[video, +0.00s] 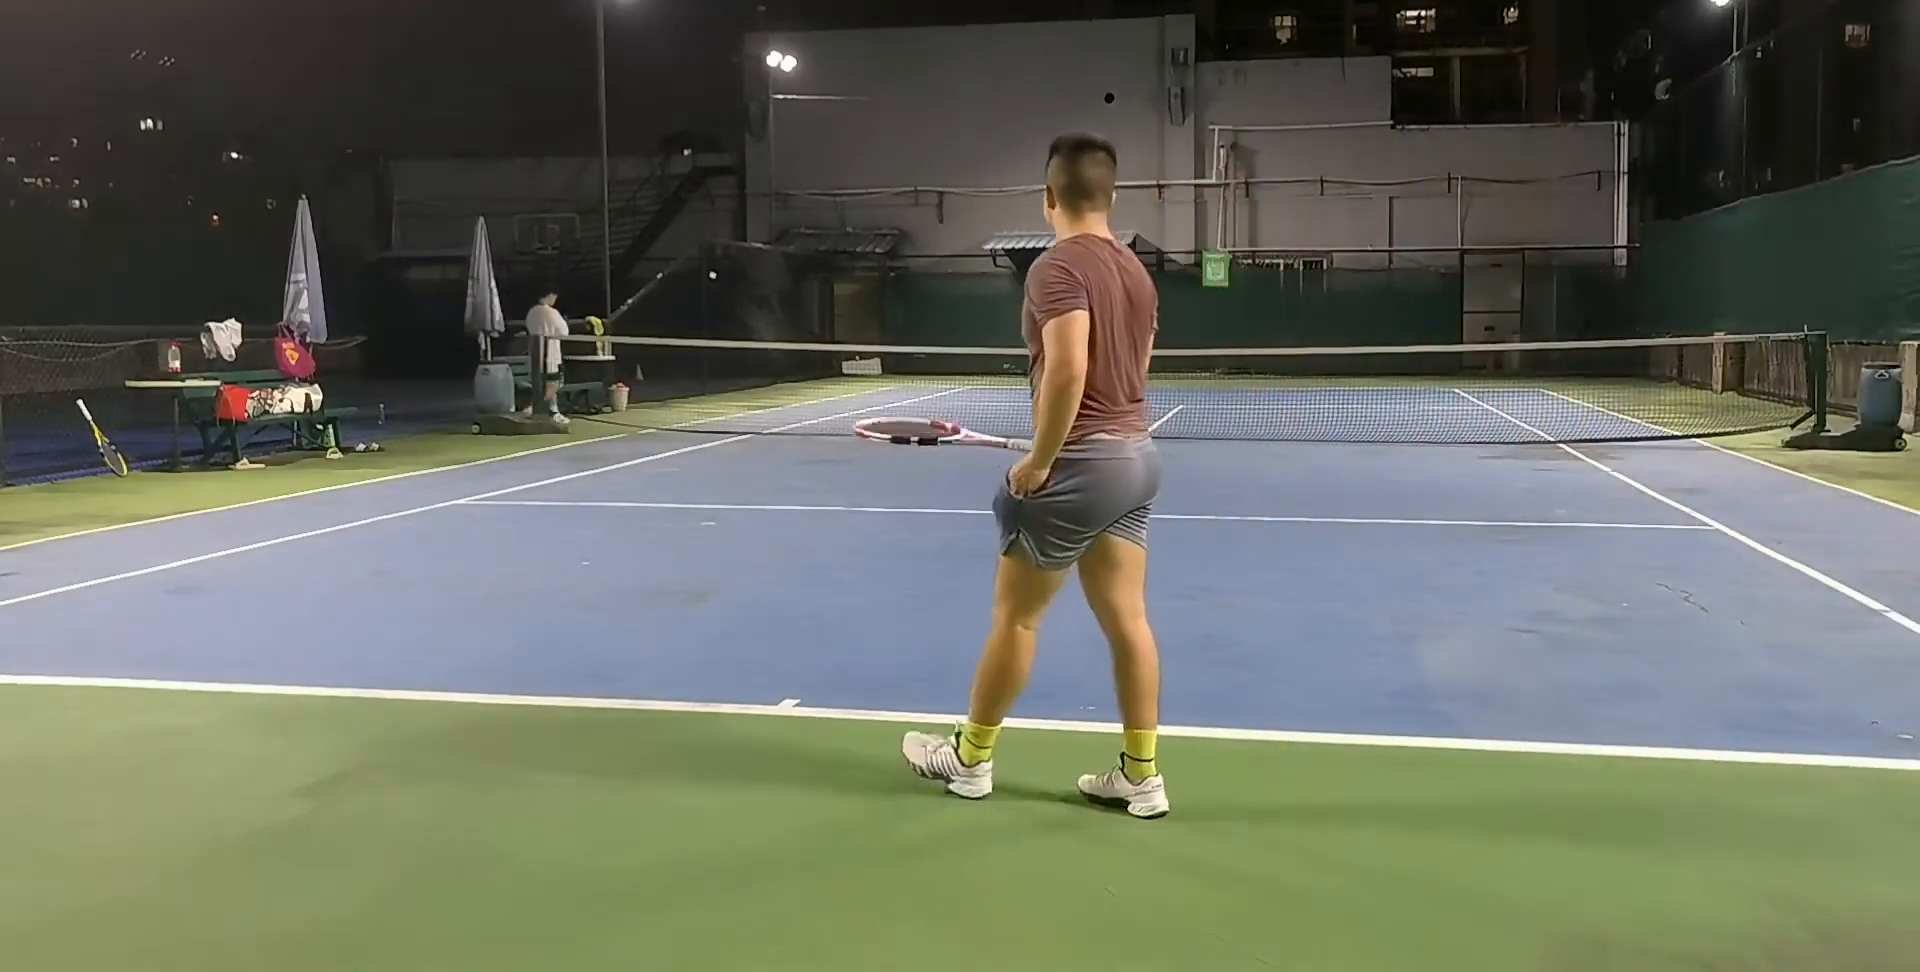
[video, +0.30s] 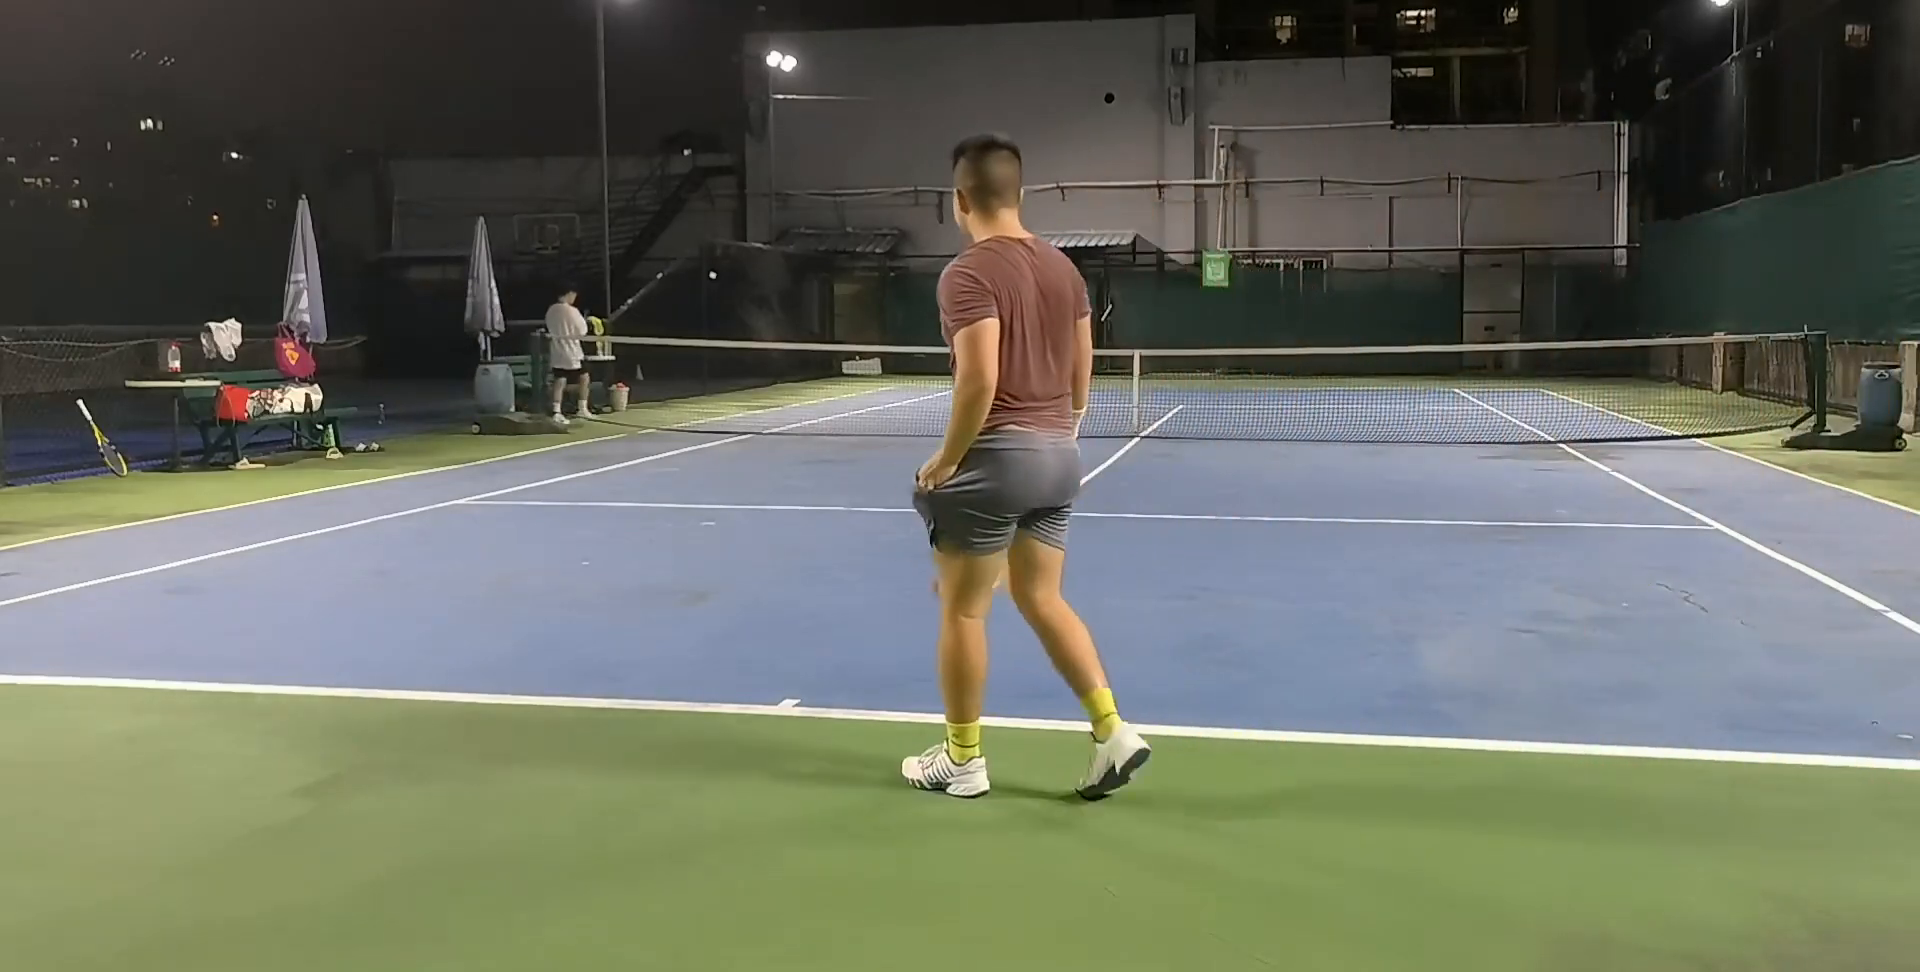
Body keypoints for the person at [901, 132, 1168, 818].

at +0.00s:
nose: (1044, 204)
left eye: (1044, 195)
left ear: (1049, 197)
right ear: (1113, 198)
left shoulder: (1056, 269)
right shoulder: (1136, 273)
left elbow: (1068, 370)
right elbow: (1129, 379)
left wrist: (1040, 459)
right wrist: (1051, 434)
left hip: (1076, 461)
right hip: (1134, 455)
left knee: (1016, 615)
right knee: (1126, 615)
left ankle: (970, 757)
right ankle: (1140, 774)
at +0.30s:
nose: (954, 208)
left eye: (954, 199)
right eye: (959, 198)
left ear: (961, 201)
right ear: (1019, 196)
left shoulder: (968, 271)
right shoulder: (1064, 270)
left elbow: (978, 380)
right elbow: (1080, 379)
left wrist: (948, 457)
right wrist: (1058, 436)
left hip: (994, 452)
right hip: (1058, 452)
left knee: (964, 604)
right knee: (1041, 595)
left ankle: (962, 756)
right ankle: (1113, 734)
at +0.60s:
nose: (897, 213)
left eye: (896, 204)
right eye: (900, 205)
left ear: (903, 203)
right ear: (962, 197)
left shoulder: (910, 265)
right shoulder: (1014, 266)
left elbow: (910, 363)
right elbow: (1053, 365)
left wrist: (897, 449)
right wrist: (1079, 439)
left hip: (941, 447)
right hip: (1008, 448)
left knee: (946, 604)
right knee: (969, 588)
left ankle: (962, 760)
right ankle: (972, 735)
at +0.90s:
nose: (879, 216)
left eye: (877, 207)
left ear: (881, 207)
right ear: (940, 207)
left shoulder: (873, 264)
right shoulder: (979, 278)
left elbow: (840, 351)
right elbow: (1008, 376)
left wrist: (826, 425)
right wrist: (1015, 455)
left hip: (899, 447)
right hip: (966, 450)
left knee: (920, 610)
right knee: (920, 597)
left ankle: (961, 756)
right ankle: (902, 725)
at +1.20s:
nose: (854, 209)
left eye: (853, 201)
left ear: (858, 204)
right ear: (914, 203)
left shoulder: (834, 268)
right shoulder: (950, 277)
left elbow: (814, 367)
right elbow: (965, 381)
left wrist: (806, 452)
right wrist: (929, 424)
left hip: (860, 441)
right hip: (929, 442)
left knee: (813, 578)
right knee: (910, 584)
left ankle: (861, 708)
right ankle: (903, 725)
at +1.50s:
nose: (803, 211)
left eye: (802, 203)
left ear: (805, 205)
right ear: (863, 203)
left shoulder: (781, 275)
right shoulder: (907, 276)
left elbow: (750, 372)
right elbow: (931, 367)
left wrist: (747, 439)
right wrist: (897, 410)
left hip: (807, 444)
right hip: (881, 443)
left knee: (782, 590)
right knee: (889, 588)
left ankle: (759, 738)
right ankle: (900, 725)